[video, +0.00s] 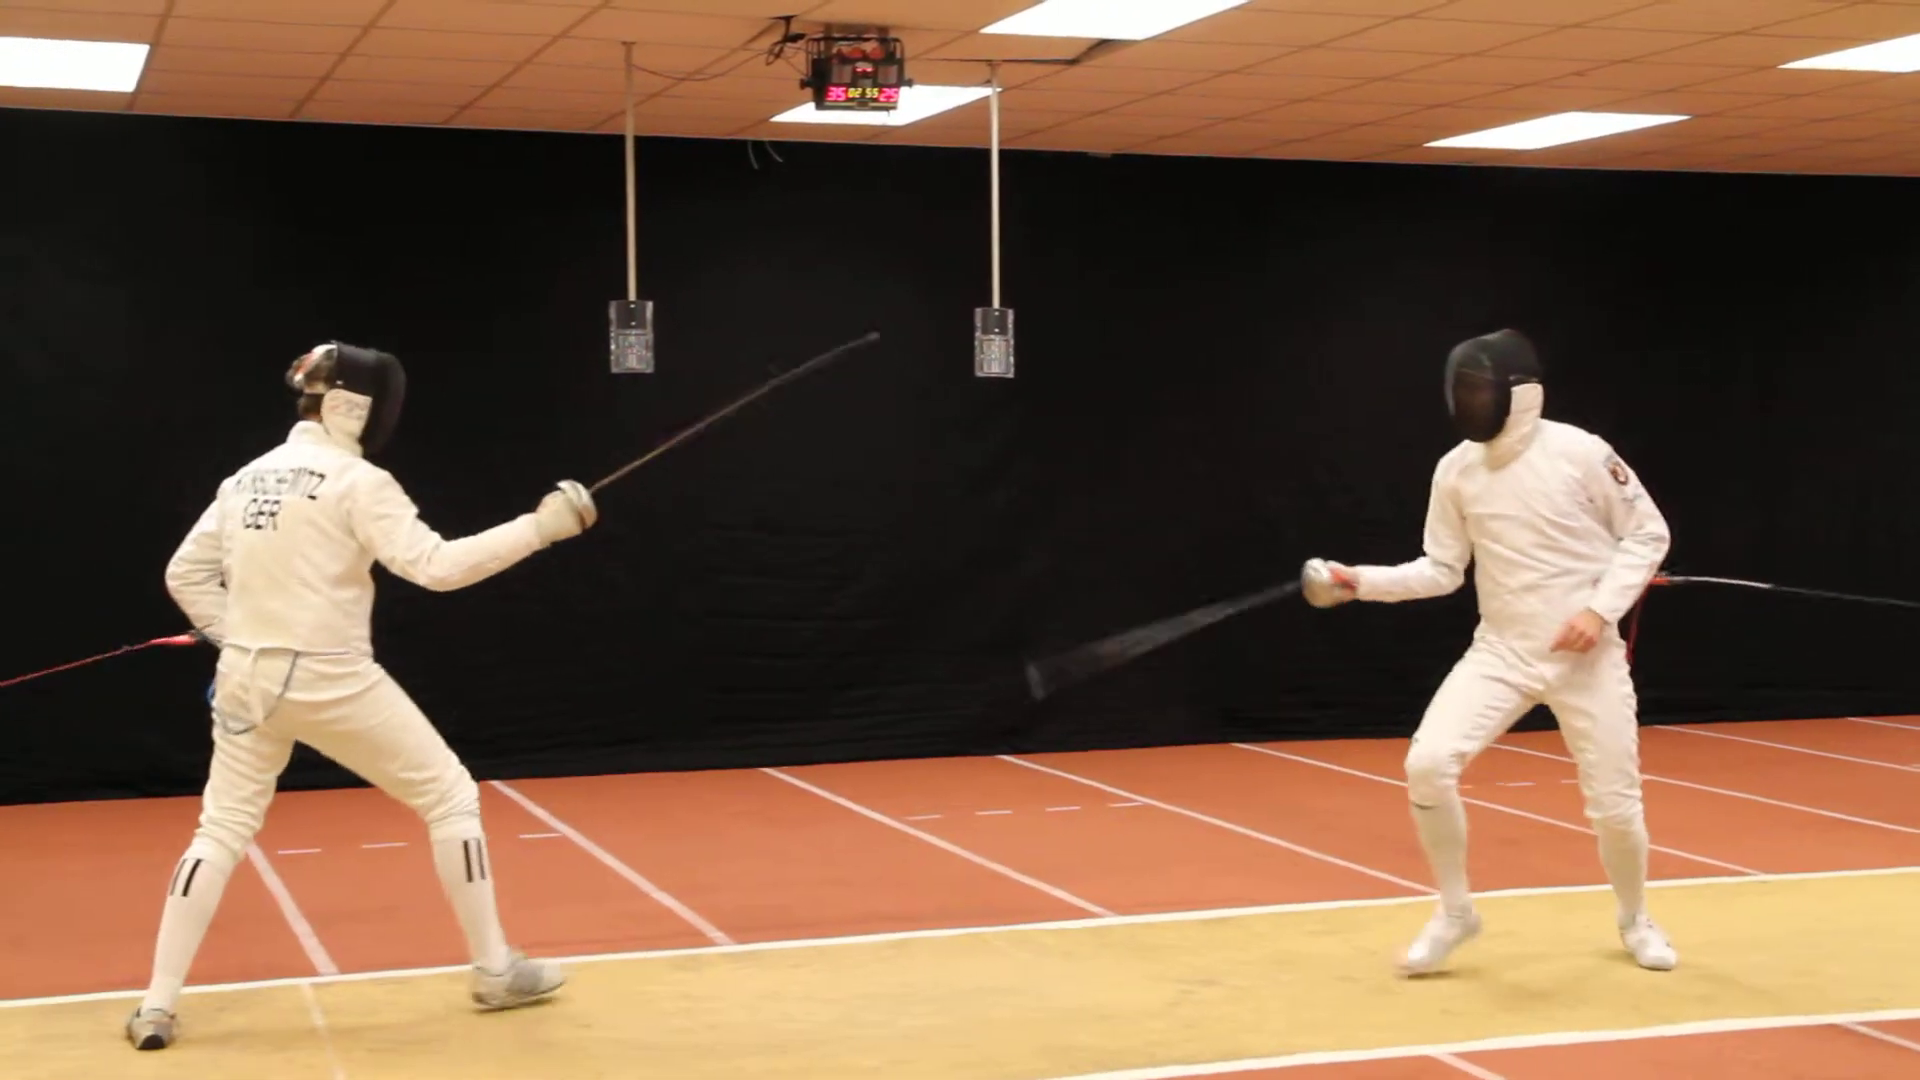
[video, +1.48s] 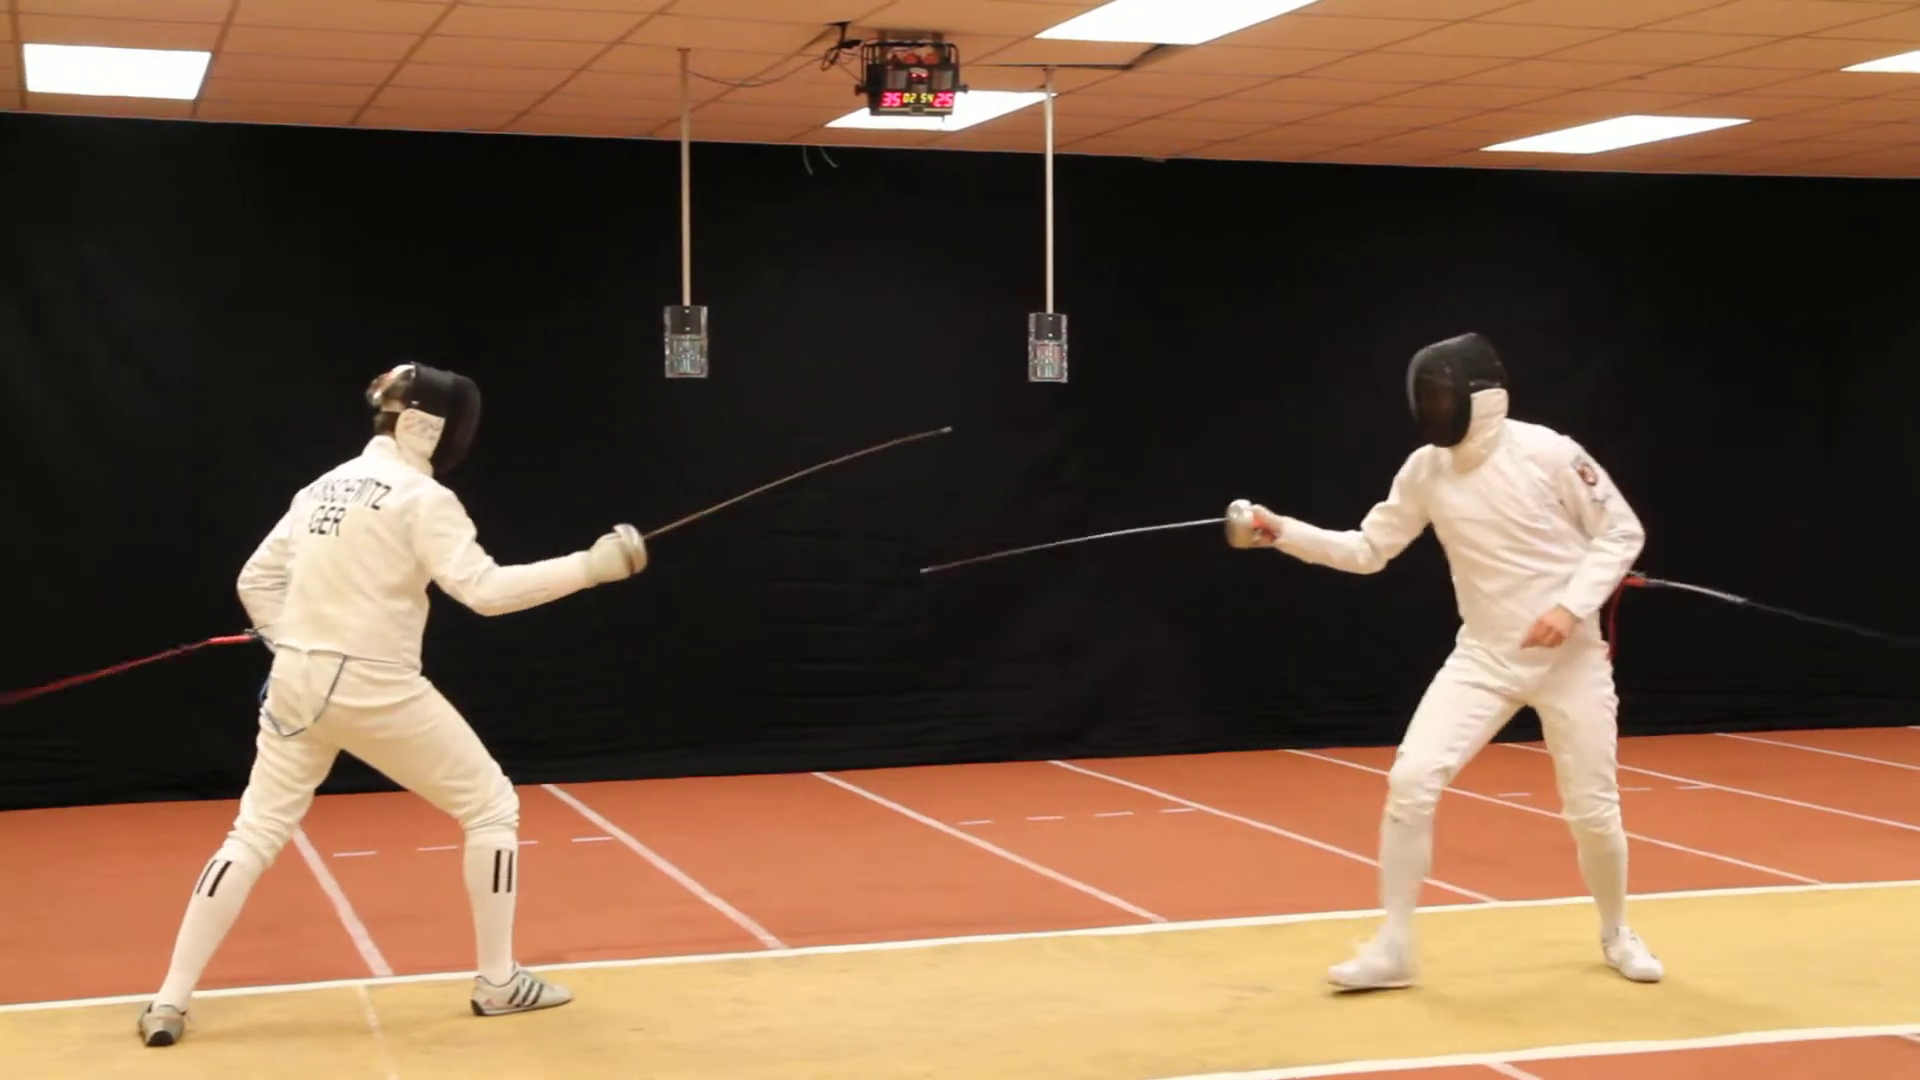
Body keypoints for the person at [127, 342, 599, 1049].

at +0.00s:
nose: (379, 417)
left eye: (377, 405)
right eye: (374, 404)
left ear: (308, 401)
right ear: (350, 405)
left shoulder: (244, 481)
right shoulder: (357, 480)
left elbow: (185, 574)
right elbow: (435, 565)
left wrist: (246, 645)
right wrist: (543, 524)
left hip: (243, 681)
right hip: (334, 679)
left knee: (220, 830)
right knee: (448, 796)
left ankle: (157, 1004)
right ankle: (495, 969)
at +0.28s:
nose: (479, 435)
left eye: (477, 422)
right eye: (473, 421)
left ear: (416, 419)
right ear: (450, 423)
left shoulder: (348, 492)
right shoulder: (454, 500)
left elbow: (287, 584)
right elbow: (526, 589)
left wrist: (337, 655)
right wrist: (645, 584)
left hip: (328, 687)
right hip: (414, 688)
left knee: (284, 836)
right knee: (525, 807)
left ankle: (190, 995)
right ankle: (550, 976)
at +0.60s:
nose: (473, 448)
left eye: (472, 435)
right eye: (468, 433)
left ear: (408, 430)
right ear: (440, 434)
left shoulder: (339, 500)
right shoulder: (444, 509)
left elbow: (272, 590)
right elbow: (496, 606)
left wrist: (317, 667)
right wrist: (593, 561)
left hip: (309, 694)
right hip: (399, 697)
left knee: (254, 840)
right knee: (515, 810)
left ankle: (150, 996)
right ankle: (553, 975)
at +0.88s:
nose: (394, 446)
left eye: (395, 432)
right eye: (391, 433)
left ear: (322, 423)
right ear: (369, 432)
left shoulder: (260, 498)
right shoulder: (361, 504)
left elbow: (197, 586)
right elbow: (418, 595)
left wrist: (244, 656)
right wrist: (525, 560)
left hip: (239, 696)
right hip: (321, 696)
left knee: (219, 841)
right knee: (450, 805)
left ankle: (138, 1003)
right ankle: (470, 980)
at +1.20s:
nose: (415, 440)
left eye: (415, 426)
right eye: (412, 427)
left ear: (341, 417)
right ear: (393, 427)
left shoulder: (279, 493)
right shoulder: (380, 499)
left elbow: (216, 581)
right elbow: (428, 595)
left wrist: (262, 651)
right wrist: (544, 606)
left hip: (256, 689)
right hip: (339, 691)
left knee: (225, 837)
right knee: (456, 811)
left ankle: (150, 1003)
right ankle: (482, 981)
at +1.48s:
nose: (456, 440)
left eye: (455, 426)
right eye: (453, 427)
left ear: (383, 418)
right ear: (432, 427)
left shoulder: (323, 488)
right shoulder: (424, 500)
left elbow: (258, 579)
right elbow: (485, 589)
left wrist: (303, 649)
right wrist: (593, 563)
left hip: (294, 683)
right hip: (377, 687)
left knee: (252, 835)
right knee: (490, 808)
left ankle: (169, 1000)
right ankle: (498, 980)